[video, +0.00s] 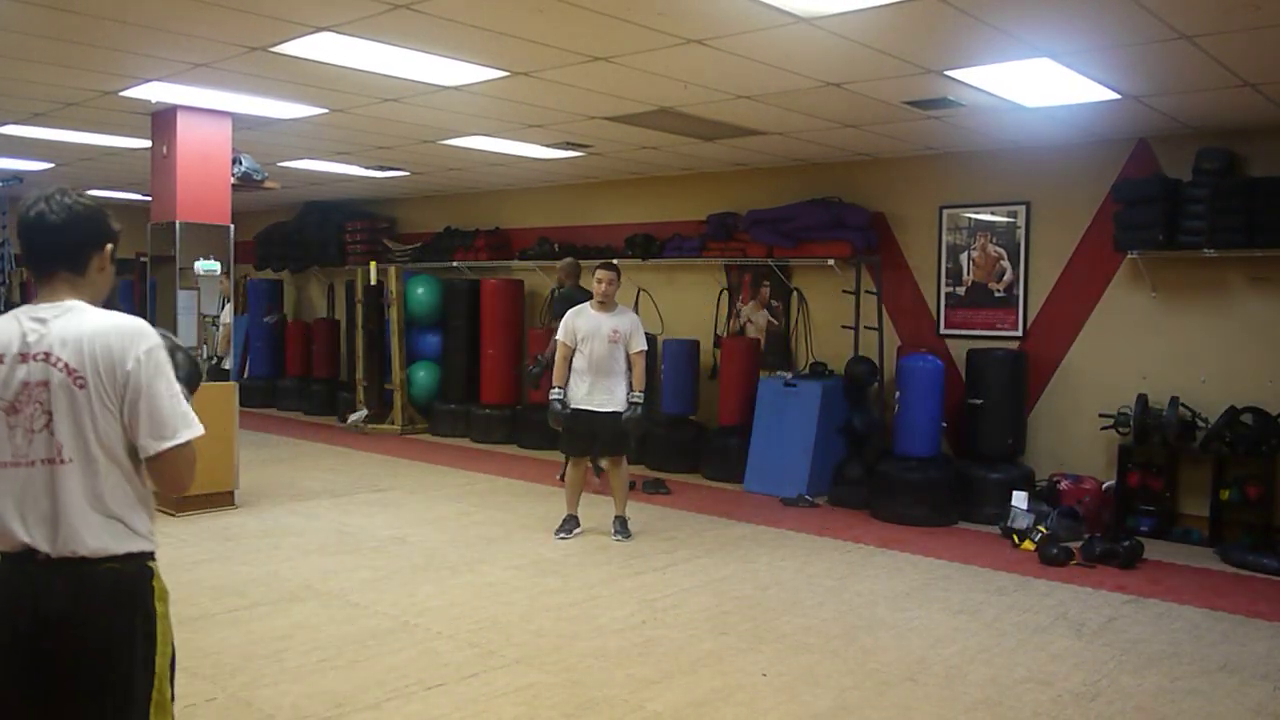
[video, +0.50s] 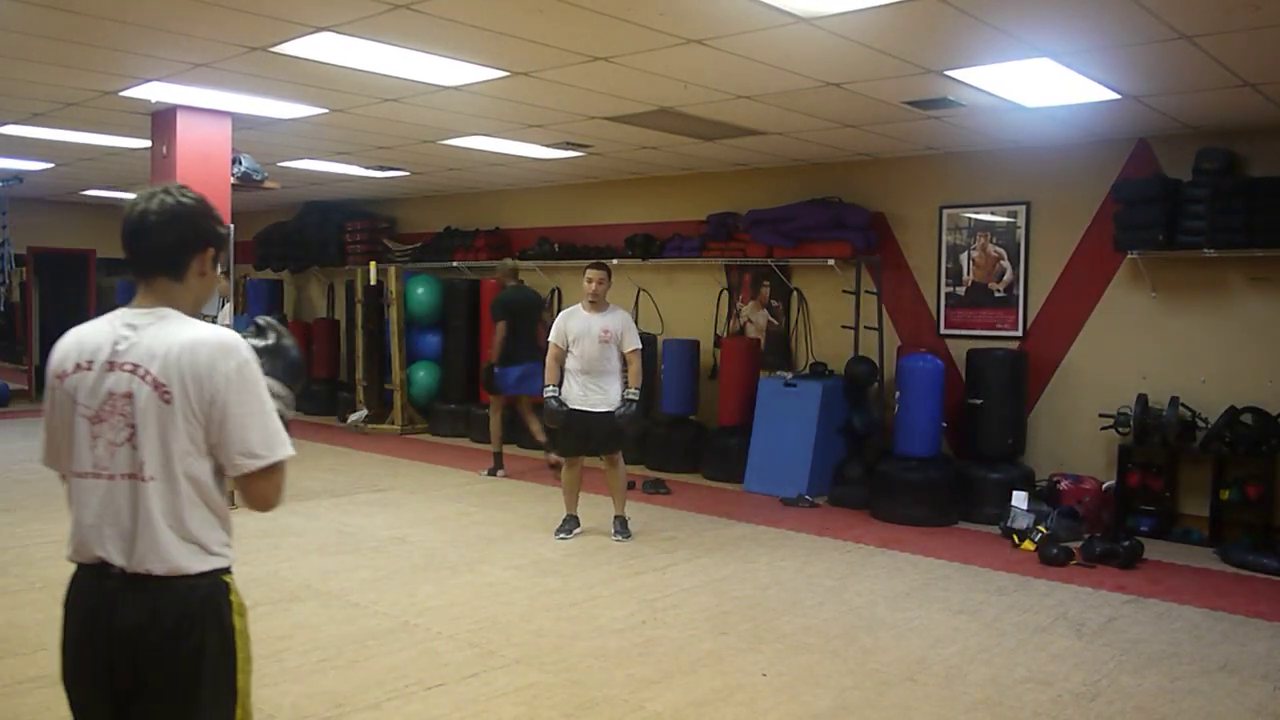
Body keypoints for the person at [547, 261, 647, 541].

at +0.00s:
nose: (604, 287)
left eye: (610, 283)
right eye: (599, 281)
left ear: (618, 286)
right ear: (592, 283)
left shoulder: (629, 319)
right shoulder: (573, 316)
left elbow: (638, 361)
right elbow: (561, 357)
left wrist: (637, 400)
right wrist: (557, 394)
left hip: (615, 406)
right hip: (578, 405)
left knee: (617, 462)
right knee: (576, 461)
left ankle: (620, 518)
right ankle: (571, 516)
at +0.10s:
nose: (602, 287)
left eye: (609, 282)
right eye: (598, 281)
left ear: (616, 286)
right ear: (590, 283)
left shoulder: (627, 319)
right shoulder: (572, 316)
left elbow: (636, 361)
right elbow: (561, 357)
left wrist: (633, 399)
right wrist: (557, 394)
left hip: (614, 406)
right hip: (578, 405)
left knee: (617, 461)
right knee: (575, 461)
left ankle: (620, 518)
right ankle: (570, 516)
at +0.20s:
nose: (601, 287)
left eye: (607, 282)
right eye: (596, 281)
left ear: (615, 286)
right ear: (588, 283)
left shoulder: (627, 320)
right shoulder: (571, 316)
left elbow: (635, 361)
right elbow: (560, 357)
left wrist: (632, 399)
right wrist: (557, 394)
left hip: (613, 406)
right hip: (577, 405)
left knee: (616, 461)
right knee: (575, 461)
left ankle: (620, 518)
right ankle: (570, 516)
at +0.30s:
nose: (599, 287)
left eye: (605, 282)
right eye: (594, 281)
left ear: (613, 286)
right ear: (587, 283)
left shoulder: (625, 319)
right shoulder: (570, 317)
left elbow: (634, 361)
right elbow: (557, 358)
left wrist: (633, 398)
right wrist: (554, 393)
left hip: (612, 406)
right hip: (575, 405)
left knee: (615, 460)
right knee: (574, 461)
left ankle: (620, 517)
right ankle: (571, 516)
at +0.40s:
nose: (596, 287)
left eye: (603, 282)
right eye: (592, 281)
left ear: (611, 286)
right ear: (585, 283)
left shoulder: (623, 319)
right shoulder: (568, 317)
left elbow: (634, 360)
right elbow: (555, 357)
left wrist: (633, 397)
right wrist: (552, 391)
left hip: (611, 405)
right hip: (574, 404)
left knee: (614, 460)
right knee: (573, 461)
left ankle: (620, 517)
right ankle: (570, 516)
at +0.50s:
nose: (594, 287)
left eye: (600, 282)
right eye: (589, 281)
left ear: (608, 286)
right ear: (582, 283)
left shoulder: (621, 319)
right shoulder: (566, 317)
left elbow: (633, 359)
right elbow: (553, 357)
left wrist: (632, 395)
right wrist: (551, 392)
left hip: (610, 406)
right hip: (573, 404)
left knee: (613, 460)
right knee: (571, 461)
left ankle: (620, 517)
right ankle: (570, 516)